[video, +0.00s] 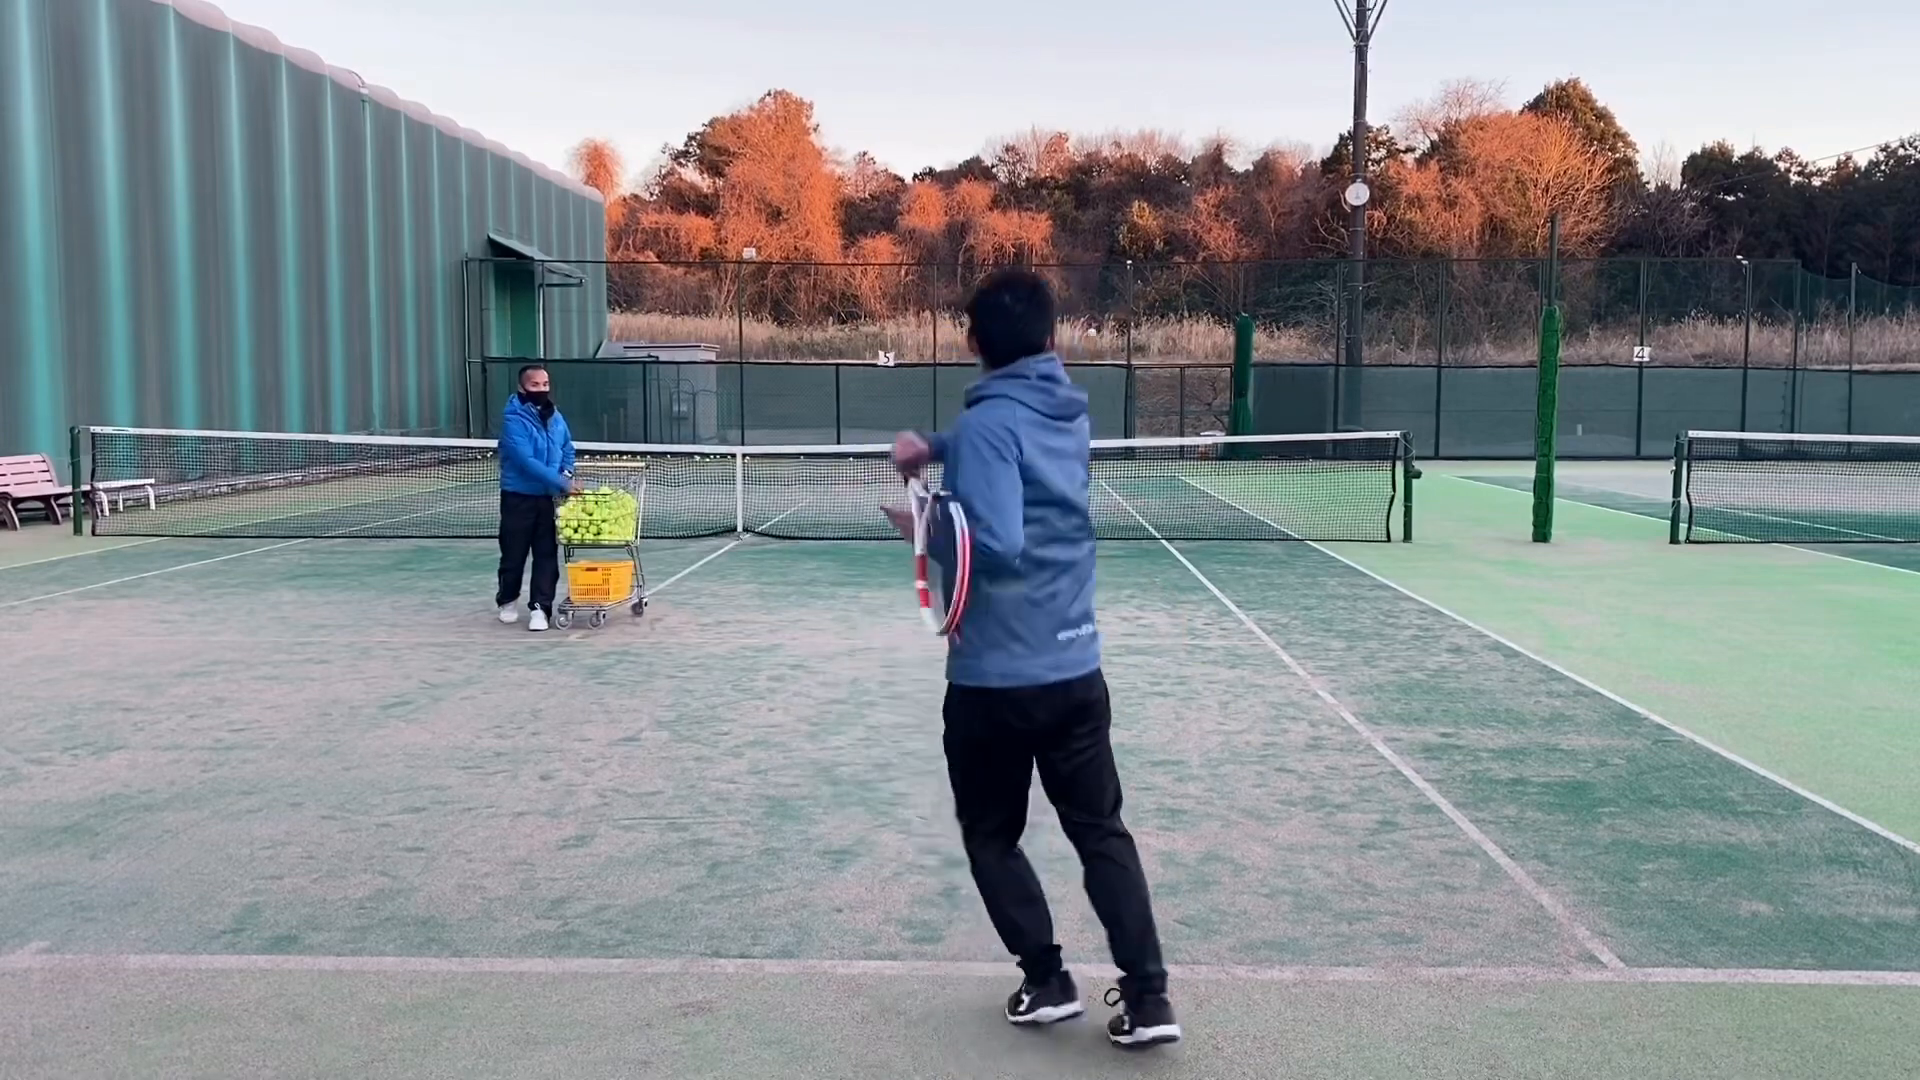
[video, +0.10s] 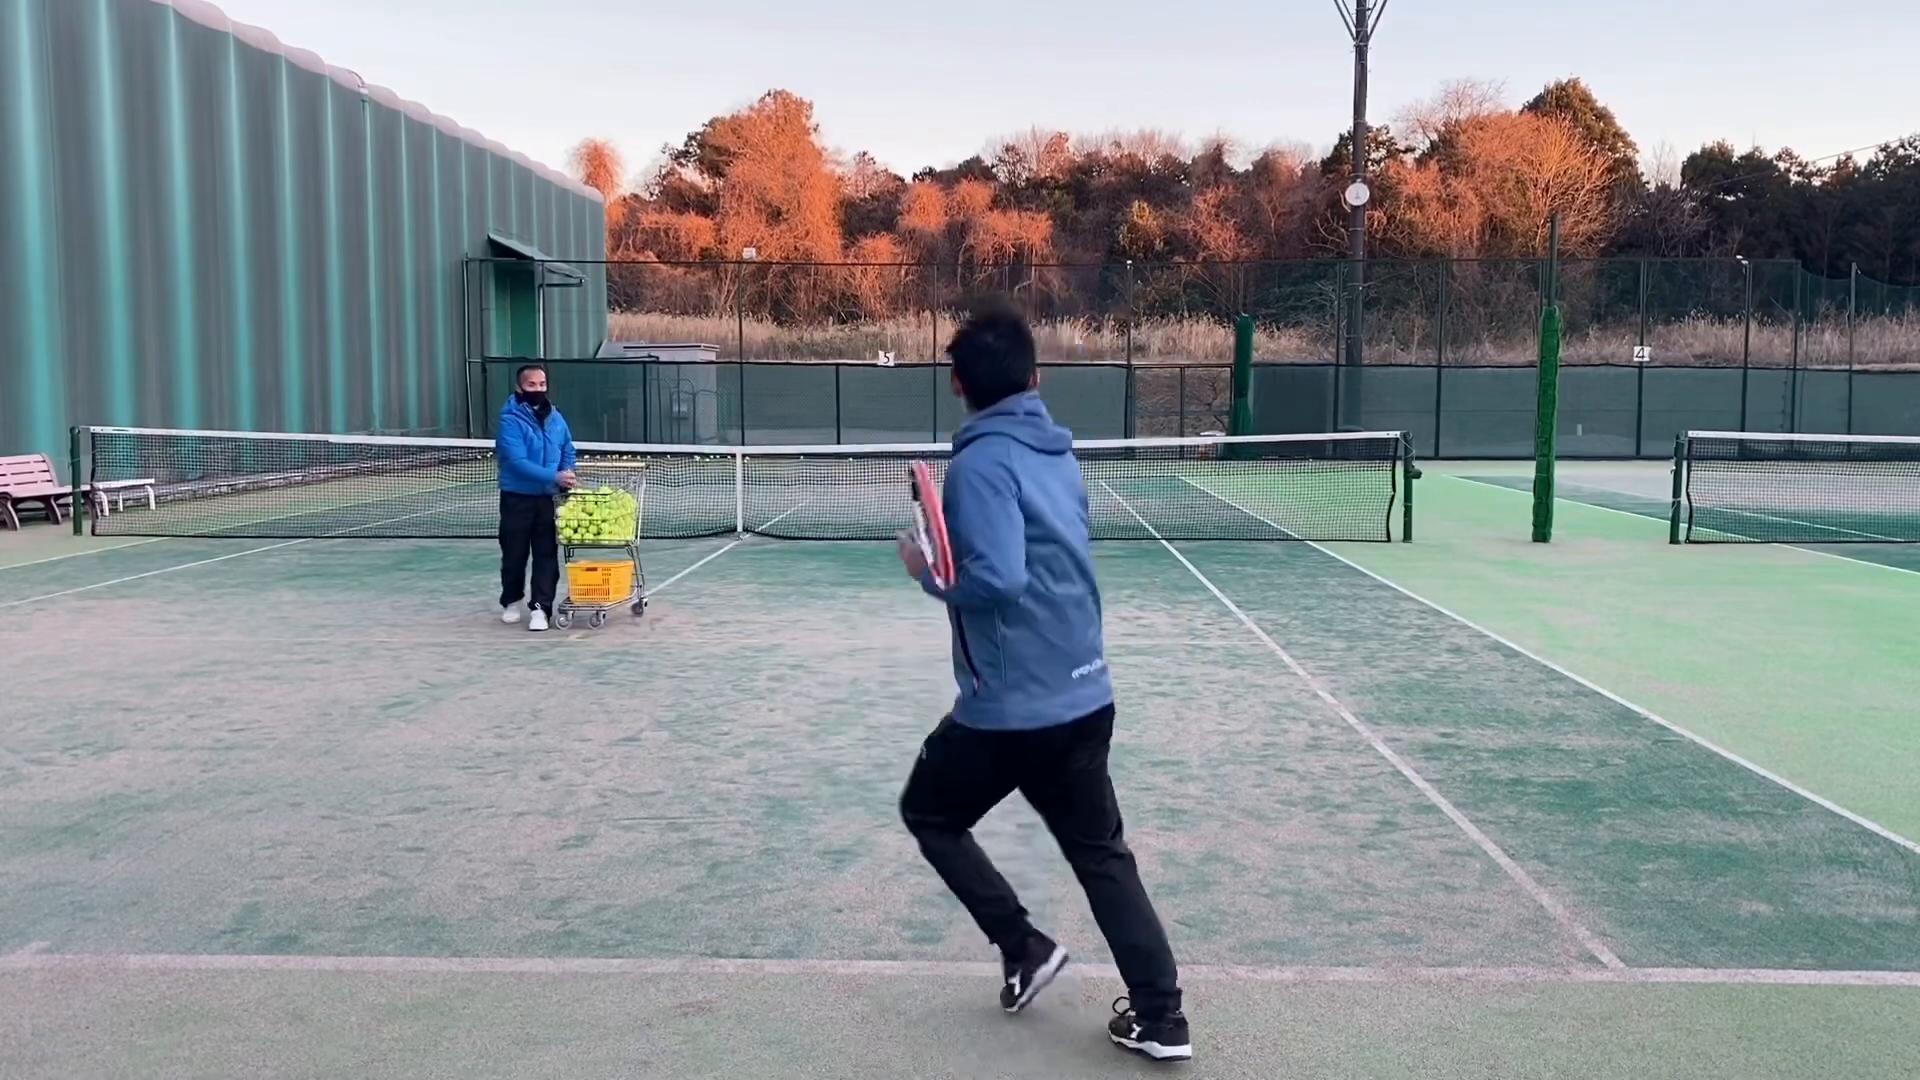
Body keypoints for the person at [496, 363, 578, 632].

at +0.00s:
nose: (542, 388)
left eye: (545, 384)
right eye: (535, 384)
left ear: (549, 385)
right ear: (522, 387)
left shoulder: (555, 416)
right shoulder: (513, 418)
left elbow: (568, 449)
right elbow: (524, 459)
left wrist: (566, 471)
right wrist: (562, 483)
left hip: (547, 494)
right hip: (517, 495)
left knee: (546, 555)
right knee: (514, 554)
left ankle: (541, 609)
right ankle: (508, 601)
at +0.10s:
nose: (538, 388)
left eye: (542, 384)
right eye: (532, 384)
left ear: (546, 385)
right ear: (520, 387)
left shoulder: (555, 416)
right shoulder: (510, 418)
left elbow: (569, 451)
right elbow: (517, 461)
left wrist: (565, 475)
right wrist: (554, 477)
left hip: (547, 496)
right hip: (516, 496)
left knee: (546, 555)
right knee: (514, 554)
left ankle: (541, 609)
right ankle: (512, 601)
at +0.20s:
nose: (533, 389)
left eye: (537, 384)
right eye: (527, 384)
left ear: (542, 386)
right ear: (515, 387)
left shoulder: (553, 417)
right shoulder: (505, 420)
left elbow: (568, 449)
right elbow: (508, 463)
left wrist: (566, 471)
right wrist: (543, 474)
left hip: (547, 497)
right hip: (515, 498)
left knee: (546, 555)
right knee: (514, 555)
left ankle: (541, 609)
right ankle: (512, 603)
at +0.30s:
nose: (527, 390)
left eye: (531, 385)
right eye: (521, 385)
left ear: (537, 387)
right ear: (511, 388)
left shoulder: (551, 417)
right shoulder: (500, 420)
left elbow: (568, 450)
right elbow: (500, 465)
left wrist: (566, 471)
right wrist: (529, 473)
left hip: (544, 497)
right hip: (512, 498)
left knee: (543, 554)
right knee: (512, 555)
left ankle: (540, 609)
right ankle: (511, 603)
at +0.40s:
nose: (522, 391)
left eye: (526, 386)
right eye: (516, 387)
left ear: (533, 388)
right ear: (506, 390)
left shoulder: (549, 418)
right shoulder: (496, 422)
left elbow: (568, 451)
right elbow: (492, 463)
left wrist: (566, 471)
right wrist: (512, 475)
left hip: (541, 497)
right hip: (508, 498)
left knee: (540, 554)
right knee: (509, 555)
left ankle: (540, 607)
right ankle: (511, 603)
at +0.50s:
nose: (517, 392)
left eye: (521, 387)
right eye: (511, 387)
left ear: (528, 387)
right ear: (502, 390)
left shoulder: (546, 418)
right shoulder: (493, 421)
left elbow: (567, 451)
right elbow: (488, 459)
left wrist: (565, 472)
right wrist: (500, 479)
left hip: (537, 497)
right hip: (505, 497)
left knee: (538, 552)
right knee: (506, 554)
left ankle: (539, 605)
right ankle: (512, 604)